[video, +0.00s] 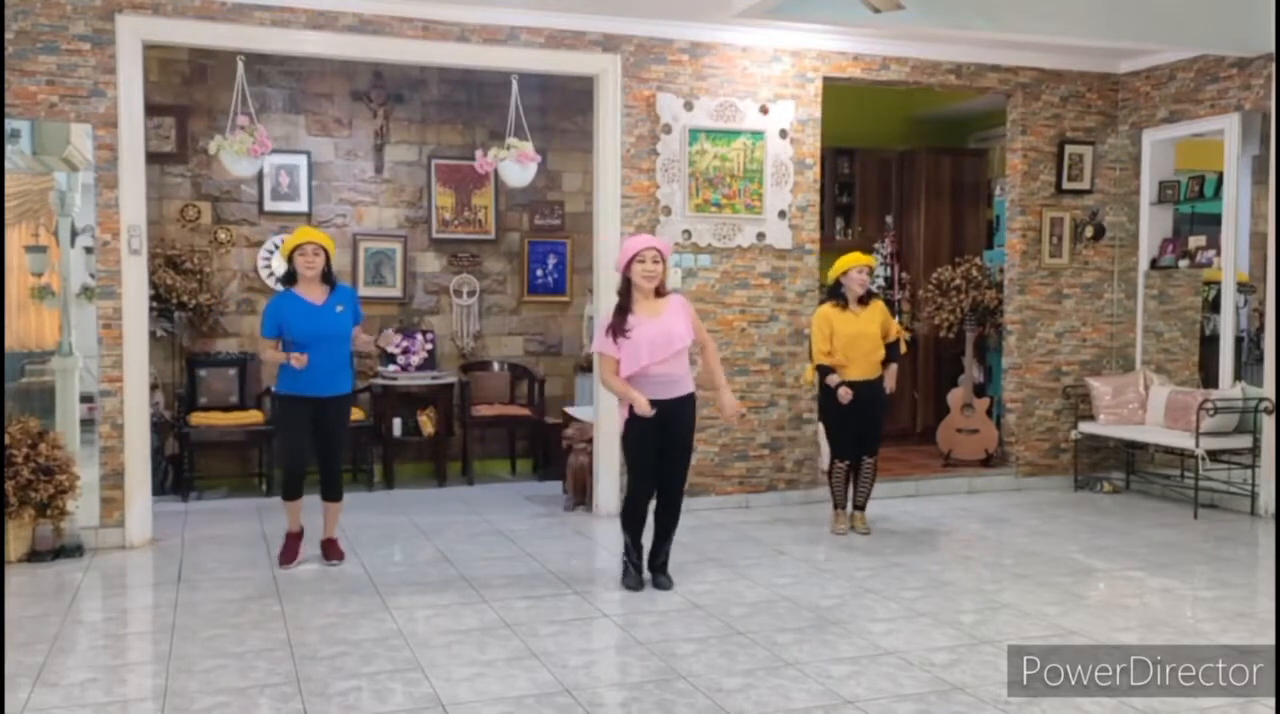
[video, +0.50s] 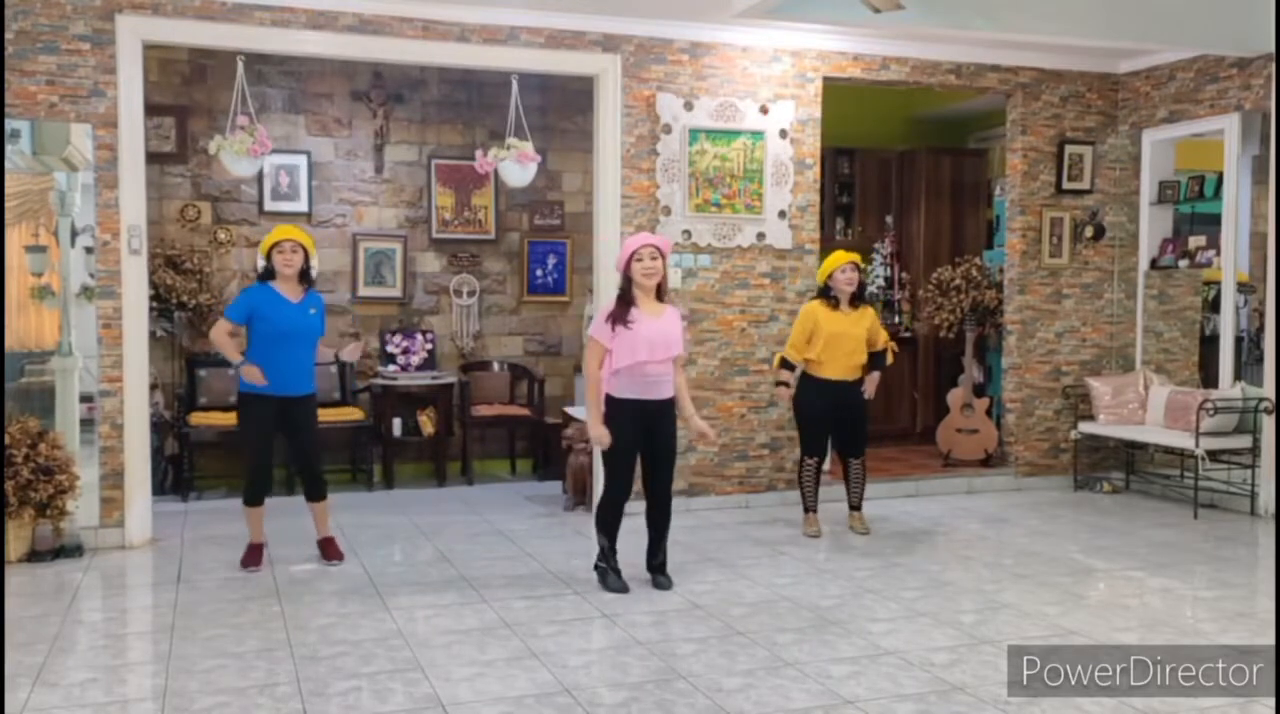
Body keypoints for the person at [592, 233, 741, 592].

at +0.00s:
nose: (650, 268)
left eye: (656, 261)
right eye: (642, 261)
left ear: (665, 268)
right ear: (628, 270)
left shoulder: (680, 305)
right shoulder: (618, 318)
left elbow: (707, 346)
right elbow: (607, 374)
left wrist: (723, 391)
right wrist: (633, 395)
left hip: (680, 406)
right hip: (641, 410)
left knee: (673, 490)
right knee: (641, 488)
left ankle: (660, 563)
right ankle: (633, 559)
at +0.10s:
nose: (651, 265)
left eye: (657, 259)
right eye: (643, 259)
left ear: (666, 266)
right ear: (629, 268)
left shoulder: (680, 305)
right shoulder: (619, 316)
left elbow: (702, 350)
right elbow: (606, 372)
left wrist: (731, 387)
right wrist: (635, 387)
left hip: (679, 404)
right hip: (640, 407)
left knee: (671, 489)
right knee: (639, 486)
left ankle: (659, 562)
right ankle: (622, 555)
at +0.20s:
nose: (652, 264)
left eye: (658, 257)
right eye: (644, 258)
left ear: (666, 265)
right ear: (629, 266)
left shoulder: (678, 305)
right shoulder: (619, 315)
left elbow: (697, 358)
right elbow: (606, 372)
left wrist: (730, 387)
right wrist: (633, 388)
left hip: (677, 404)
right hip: (638, 407)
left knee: (668, 488)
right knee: (635, 484)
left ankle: (659, 562)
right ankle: (613, 555)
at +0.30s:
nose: (652, 264)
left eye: (658, 257)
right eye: (643, 257)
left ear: (666, 265)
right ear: (629, 266)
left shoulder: (677, 308)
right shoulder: (617, 315)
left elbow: (691, 365)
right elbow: (602, 371)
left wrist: (722, 398)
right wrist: (629, 399)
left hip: (673, 405)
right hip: (634, 407)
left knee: (666, 490)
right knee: (631, 486)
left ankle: (659, 563)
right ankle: (609, 557)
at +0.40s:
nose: (650, 264)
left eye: (656, 257)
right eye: (642, 258)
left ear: (665, 266)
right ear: (629, 267)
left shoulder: (676, 314)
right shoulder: (616, 314)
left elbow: (684, 372)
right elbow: (598, 371)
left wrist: (711, 411)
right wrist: (616, 416)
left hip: (669, 408)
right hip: (629, 408)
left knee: (664, 491)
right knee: (626, 487)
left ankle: (658, 563)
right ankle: (607, 559)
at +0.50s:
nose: (648, 265)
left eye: (655, 259)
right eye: (640, 259)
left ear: (664, 268)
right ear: (628, 269)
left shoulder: (673, 316)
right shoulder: (613, 314)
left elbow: (678, 371)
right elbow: (592, 365)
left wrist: (692, 418)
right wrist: (595, 420)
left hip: (662, 409)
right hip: (621, 409)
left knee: (660, 491)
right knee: (617, 489)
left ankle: (658, 564)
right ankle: (606, 561)